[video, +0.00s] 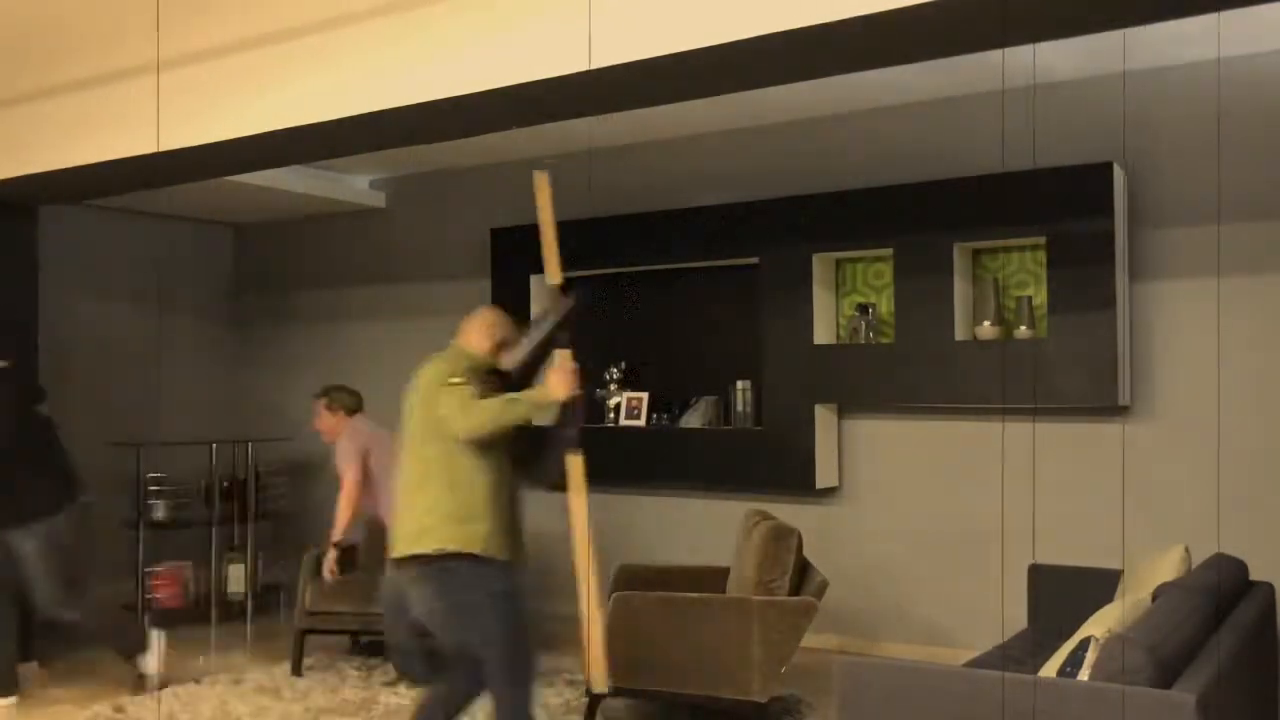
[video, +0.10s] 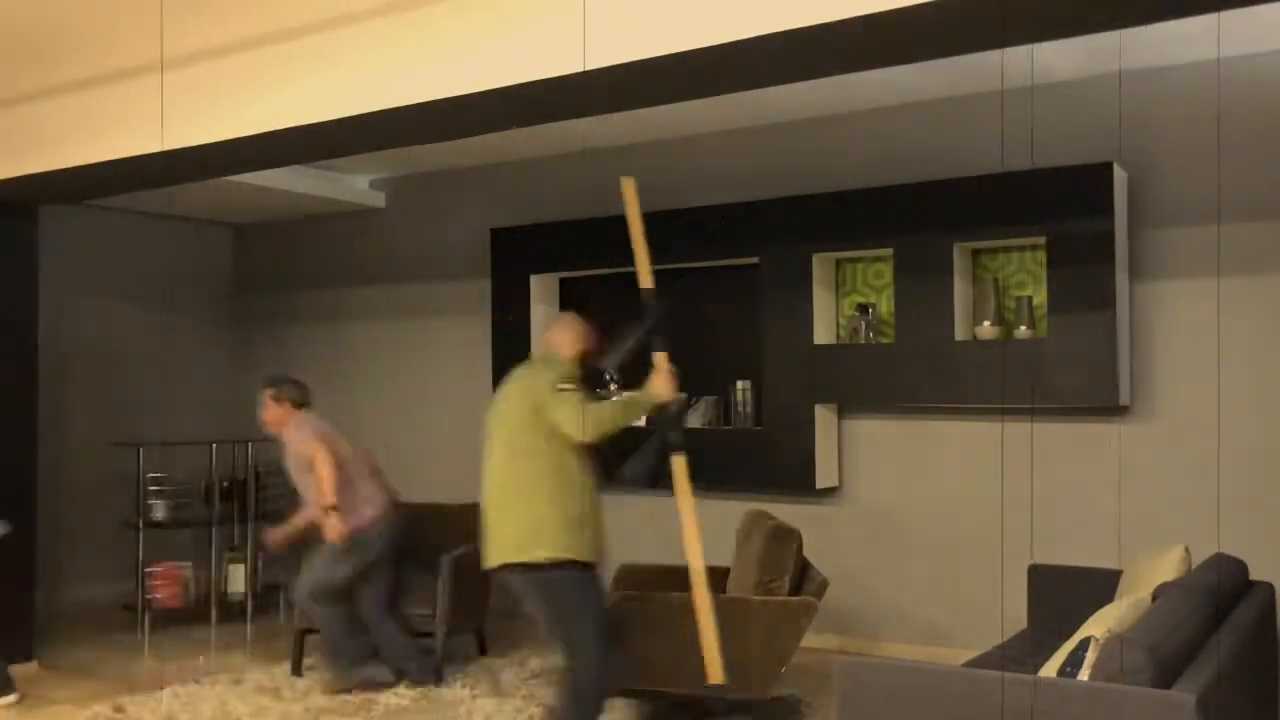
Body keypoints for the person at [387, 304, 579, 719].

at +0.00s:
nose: (507, 358)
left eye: (510, 349)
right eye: (505, 346)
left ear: (466, 334)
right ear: (489, 338)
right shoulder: (449, 372)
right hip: (459, 561)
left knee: (460, 676)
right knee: (510, 675)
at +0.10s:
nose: (585, 359)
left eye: (586, 350)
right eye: (583, 348)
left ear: (546, 342)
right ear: (568, 342)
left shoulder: (516, 386)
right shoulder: (549, 378)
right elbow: (582, 423)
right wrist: (648, 396)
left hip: (519, 552)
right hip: (549, 552)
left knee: (587, 653)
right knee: (589, 655)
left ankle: (576, 711)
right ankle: (577, 713)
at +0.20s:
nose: (645, 347)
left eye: (644, 338)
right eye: (641, 336)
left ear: (602, 339)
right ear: (620, 334)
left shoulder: (563, 393)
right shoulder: (622, 372)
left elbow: (539, 473)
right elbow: (662, 419)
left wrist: (565, 531)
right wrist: (722, 395)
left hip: (584, 548)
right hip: (624, 546)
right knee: (637, 662)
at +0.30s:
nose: (713, 358)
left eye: (710, 351)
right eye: (710, 351)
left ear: (668, 349)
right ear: (704, 347)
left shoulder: (629, 402)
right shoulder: (698, 373)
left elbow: (612, 484)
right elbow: (754, 419)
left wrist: (638, 541)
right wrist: (794, 397)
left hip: (656, 552)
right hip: (706, 545)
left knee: (724, 651)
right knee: (748, 648)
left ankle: (723, 709)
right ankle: (725, 709)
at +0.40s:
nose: (759, 353)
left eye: (755, 348)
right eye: (757, 347)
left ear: (714, 355)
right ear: (751, 347)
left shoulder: (677, 403)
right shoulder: (762, 371)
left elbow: (658, 481)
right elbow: (828, 417)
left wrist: (688, 541)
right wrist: (855, 395)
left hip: (717, 553)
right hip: (772, 545)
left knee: (765, 653)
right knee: (805, 645)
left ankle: (754, 711)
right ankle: (792, 712)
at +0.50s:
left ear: (739, 374)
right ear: (780, 359)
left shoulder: (717, 415)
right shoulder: (812, 373)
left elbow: (697, 487)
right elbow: (880, 420)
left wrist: (709, 557)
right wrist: (889, 397)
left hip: (765, 549)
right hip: (827, 531)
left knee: (828, 650)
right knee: (837, 654)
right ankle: (814, 716)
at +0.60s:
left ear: (766, 381)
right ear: (807, 363)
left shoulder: (752, 418)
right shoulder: (846, 375)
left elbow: (744, 487)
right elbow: (911, 425)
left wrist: (761, 551)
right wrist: (906, 397)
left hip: (808, 543)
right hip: (869, 525)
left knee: (847, 630)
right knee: (893, 626)